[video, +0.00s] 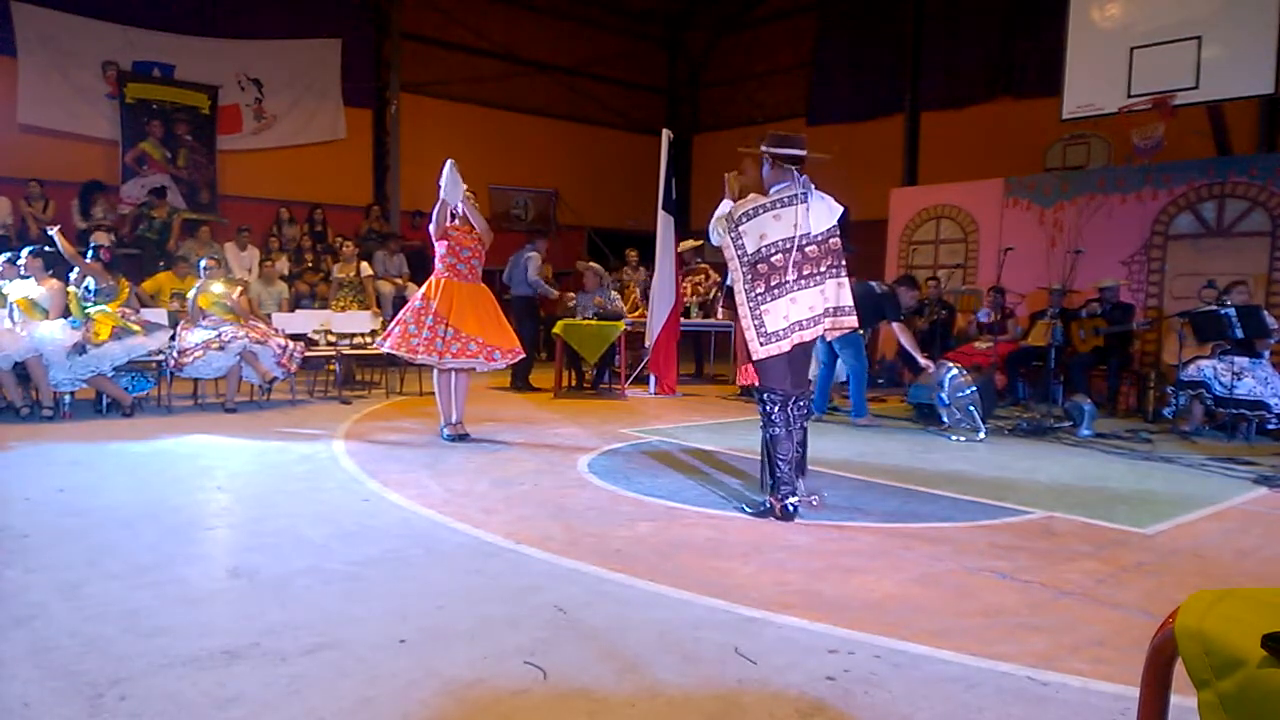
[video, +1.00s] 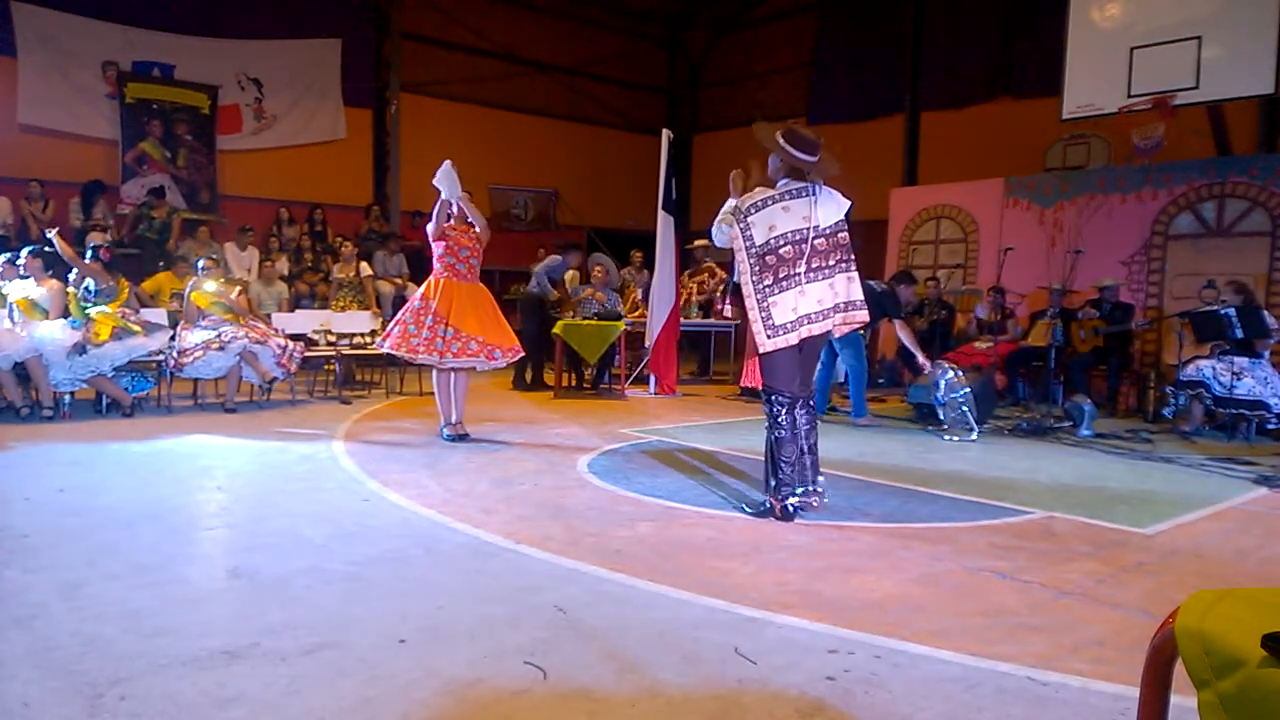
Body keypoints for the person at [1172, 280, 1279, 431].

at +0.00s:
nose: (1244, 297)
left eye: (1246, 293)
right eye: (1239, 293)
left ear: (1250, 296)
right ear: (1227, 297)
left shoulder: (1258, 314)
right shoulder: (1218, 315)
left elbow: (1265, 345)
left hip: (1253, 364)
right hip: (1222, 362)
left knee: (1248, 381)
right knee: (1198, 368)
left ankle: (1243, 425)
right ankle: (1196, 419)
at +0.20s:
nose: (1246, 297)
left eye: (1247, 293)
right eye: (1241, 293)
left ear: (1251, 295)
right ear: (1227, 297)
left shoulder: (1258, 314)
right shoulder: (1216, 315)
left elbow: (1265, 345)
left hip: (1253, 363)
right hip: (1222, 362)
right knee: (1197, 369)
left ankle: (1243, 425)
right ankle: (1196, 420)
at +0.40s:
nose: (1246, 297)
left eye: (1247, 293)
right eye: (1241, 293)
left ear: (1250, 295)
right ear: (1227, 297)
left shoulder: (1258, 314)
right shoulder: (1217, 315)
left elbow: (1265, 346)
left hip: (1253, 364)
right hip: (1223, 362)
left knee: (1248, 381)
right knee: (1198, 368)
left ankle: (1243, 425)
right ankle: (1196, 420)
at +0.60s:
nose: (1238, 297)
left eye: (1243, 293)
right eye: (1233, 293)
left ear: (1250, 297)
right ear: (1224, 298)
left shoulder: (1259, 315)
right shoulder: (1216, 315)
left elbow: (1265, 346)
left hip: (1253, 363)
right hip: (1222, 362)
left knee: (1249, 381)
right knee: (1199, 369)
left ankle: (1243, 425)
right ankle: (1196, 420)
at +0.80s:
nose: (1223, 303)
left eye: (1227, 299)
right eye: (1222, 300)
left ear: (1244, 297)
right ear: (1222, 298)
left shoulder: (1259, 316)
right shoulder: (1220, 316)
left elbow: (1265, 346)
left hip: (1253, 364)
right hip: (1224, 362)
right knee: (1197, 368)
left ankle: (1243, 424)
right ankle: (1196, 420)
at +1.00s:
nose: (1221, 305)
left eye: (1225, 300)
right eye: (1220, 300)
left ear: (1241, 298)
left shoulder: (1258, 316)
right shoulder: (1218, 318)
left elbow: (1263, 346)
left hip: (1253, 365)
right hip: (1223, 363)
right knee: (1196, 368)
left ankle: (1243, 424)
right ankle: (1196, 420)